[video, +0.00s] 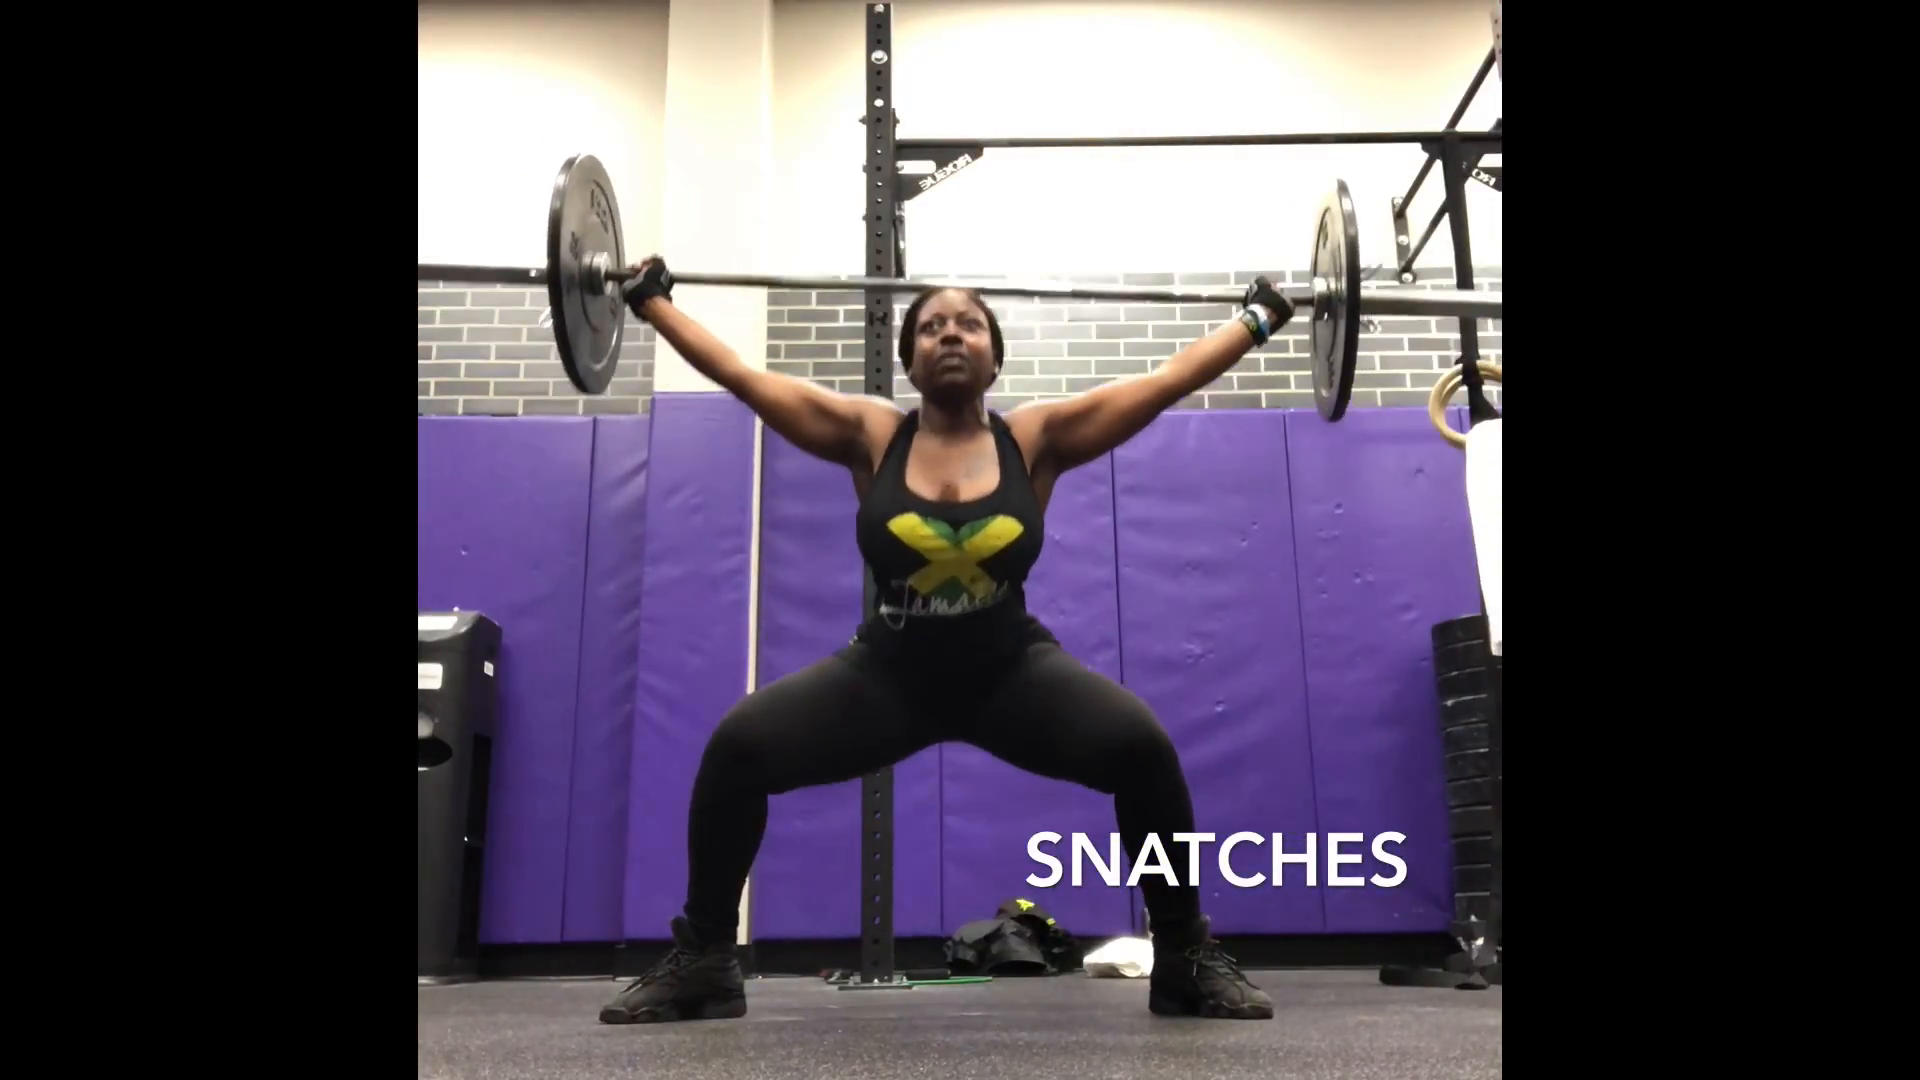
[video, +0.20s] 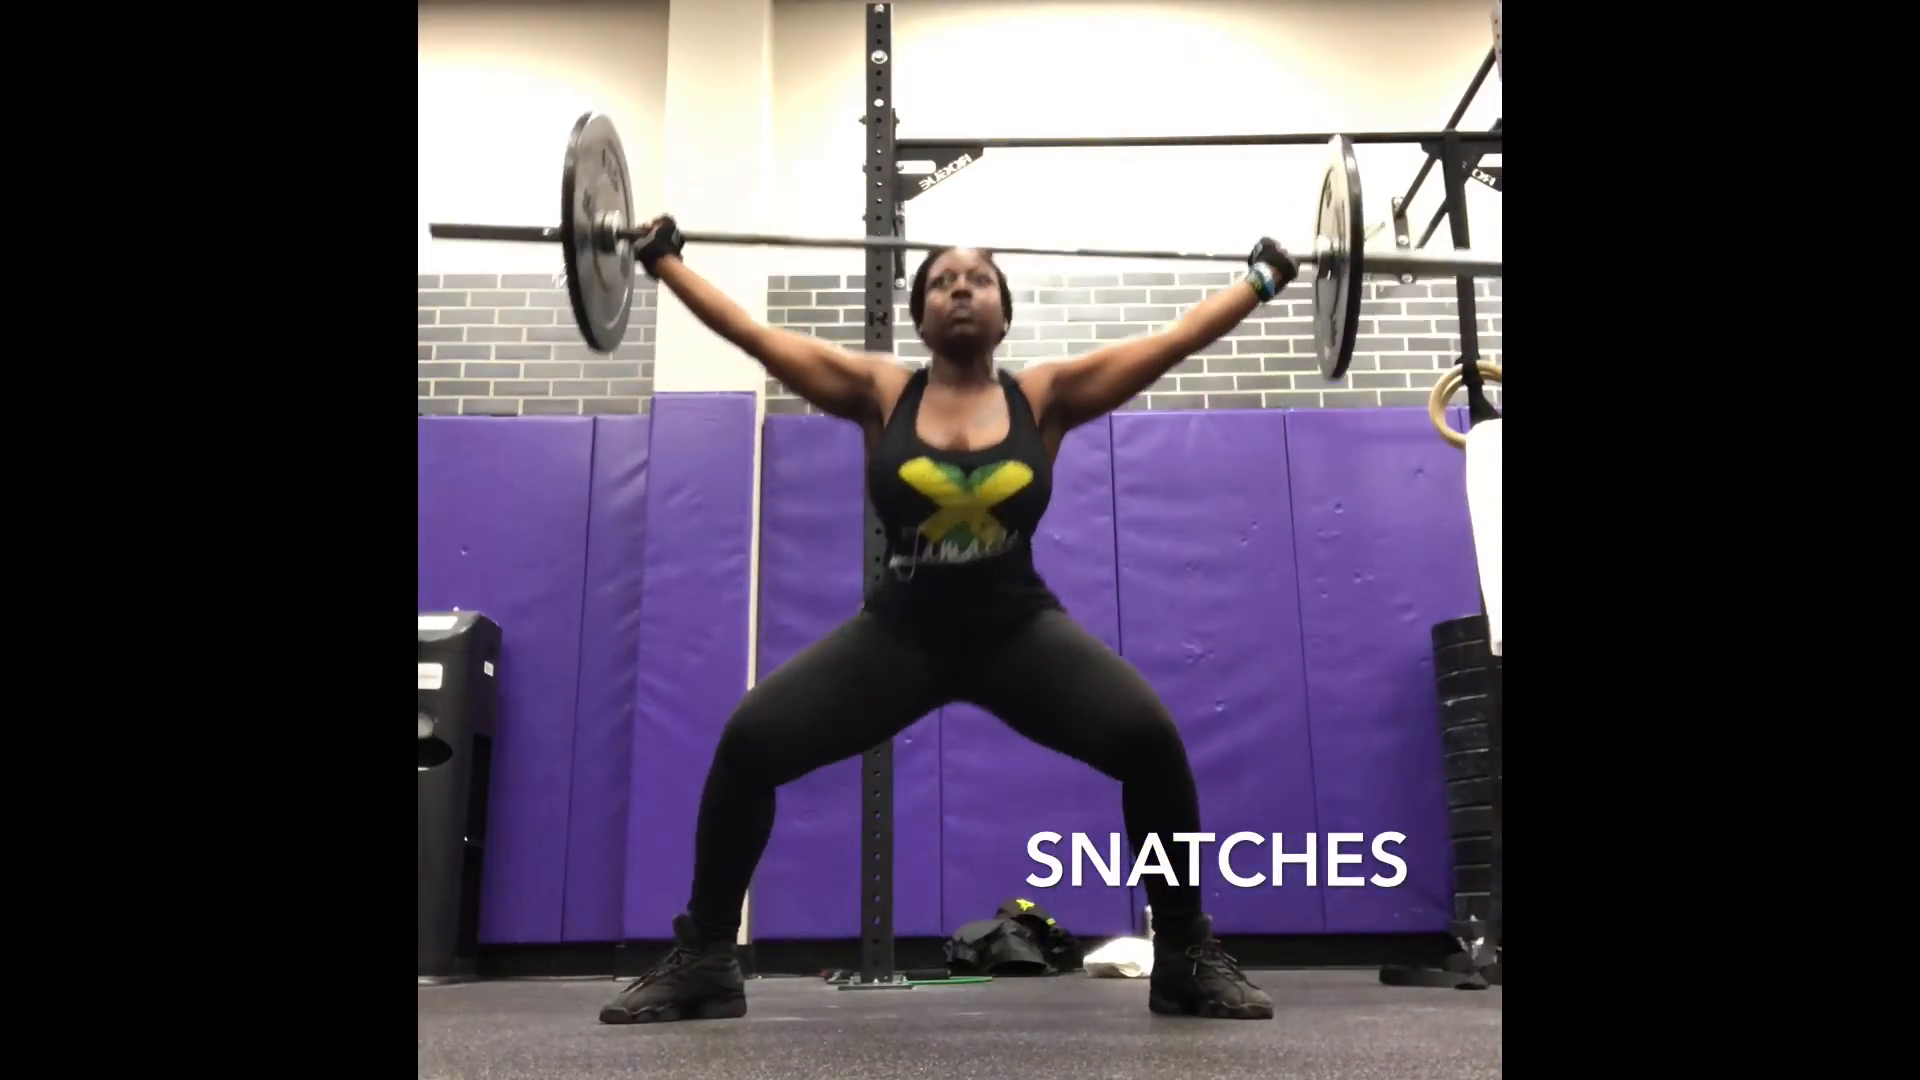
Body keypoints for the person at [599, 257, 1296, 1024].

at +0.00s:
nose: (951, 333)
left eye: (970, 324)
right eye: (931, 326)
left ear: (996, 357)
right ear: (909, 361)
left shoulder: (1038, 437)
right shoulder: (869, 432)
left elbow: (1171, 381)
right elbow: (744, 377)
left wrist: (1263, 311)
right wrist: (654, 303)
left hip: (1010, 675)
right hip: (887, 677)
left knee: (1142, 747)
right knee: (738, 747)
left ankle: (1185, 965)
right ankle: (702, 964)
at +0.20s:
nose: (961, 289)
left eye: (979, 280)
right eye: (943, 282)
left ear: (1007, 312)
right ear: (918, 315)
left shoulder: (1044, 395)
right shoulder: (881, 389)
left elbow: (1170, 343)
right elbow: (757, 337)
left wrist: (1267, 275)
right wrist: (665, 263)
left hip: (1019, 637)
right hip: (897, 640)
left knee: (1150, 737)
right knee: (749, 741)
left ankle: (1184, 959)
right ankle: (703, 962)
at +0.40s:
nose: (988, 227)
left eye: (1003, 216)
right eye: (968, 220)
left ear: (1028, 244)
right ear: (943, 255)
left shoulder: (1070, 330)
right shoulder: (909, 330)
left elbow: (1195, 279)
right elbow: (782, 284)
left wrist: (1282, 217)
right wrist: (694, 213)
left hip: (1054, 577)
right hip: (939, 583)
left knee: (1157, 727)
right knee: (827, 747)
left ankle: (1187, 958)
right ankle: (722, 951)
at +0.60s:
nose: (991, 179)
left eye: (1006, 169)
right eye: (973, 173)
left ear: (1032, 197)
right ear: (949, 205)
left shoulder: (1080, 277)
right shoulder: (917, 285)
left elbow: (1199, 220)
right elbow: (799, 229)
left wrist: (1289, 156)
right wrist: (706, 164)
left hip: (1063, 532)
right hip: (950, 532)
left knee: (1127, 727)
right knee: (876, 713)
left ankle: (1183, 956)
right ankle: (826, 938)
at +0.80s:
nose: (962, 193)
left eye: (979, 182)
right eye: (943, 185)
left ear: (1003, 208)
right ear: (921, 213)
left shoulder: (1045, 290)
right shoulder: (883, 291)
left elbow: (1166, 231)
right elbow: (771, 227)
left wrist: (1255, 172)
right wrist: (681, 157)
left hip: (1022, 537)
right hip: (910, 536)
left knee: (1094, 731)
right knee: (882, 732)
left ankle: (1180, 953)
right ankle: (858, 959)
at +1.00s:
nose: (941, 187)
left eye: (958, 178)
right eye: (924, 179)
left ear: (980, 206)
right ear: (899, 206)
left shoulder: (1013, 288)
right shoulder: (856, 280)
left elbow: (1141, 234)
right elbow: (746, 213)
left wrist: (1229, 180)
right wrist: (662, 139)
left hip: (992, 525)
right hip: (884, 528)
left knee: (1060, 714)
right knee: (874, 733)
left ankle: (1148, 932)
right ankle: (861, 957)